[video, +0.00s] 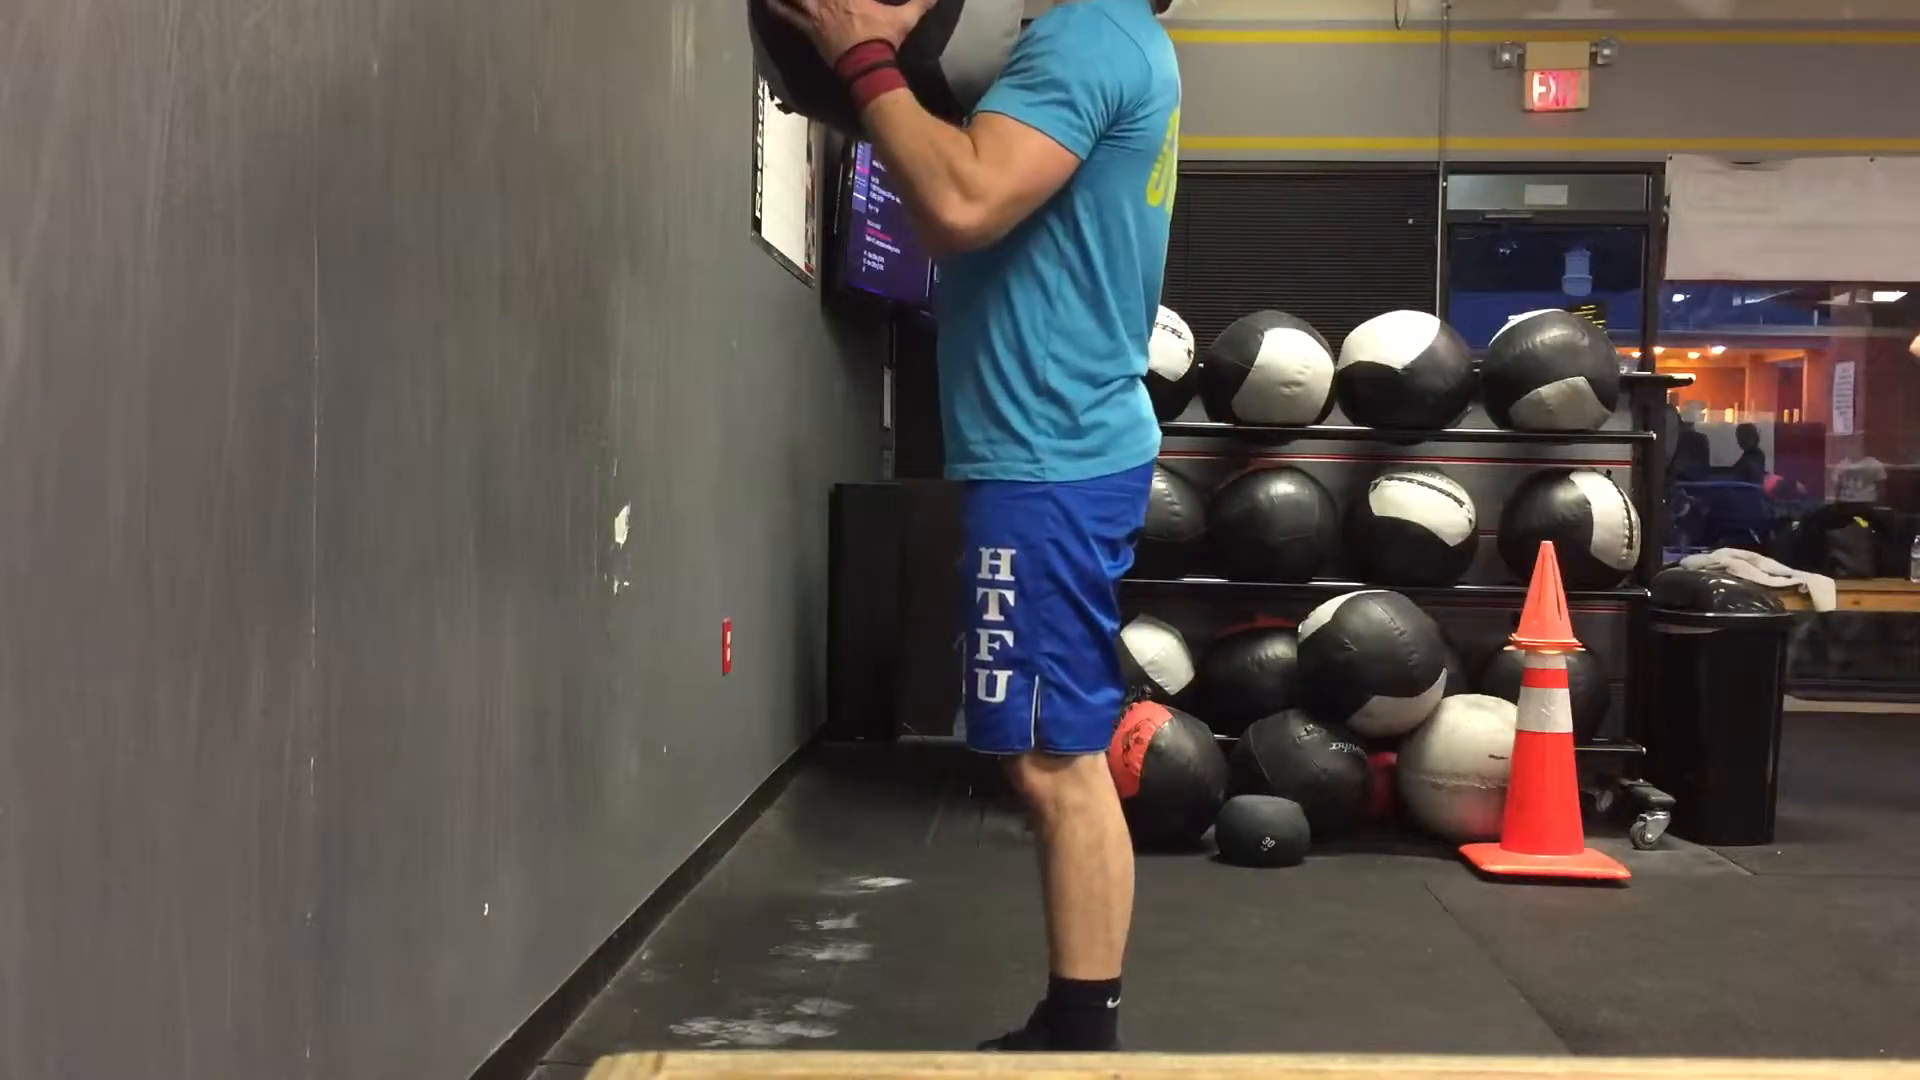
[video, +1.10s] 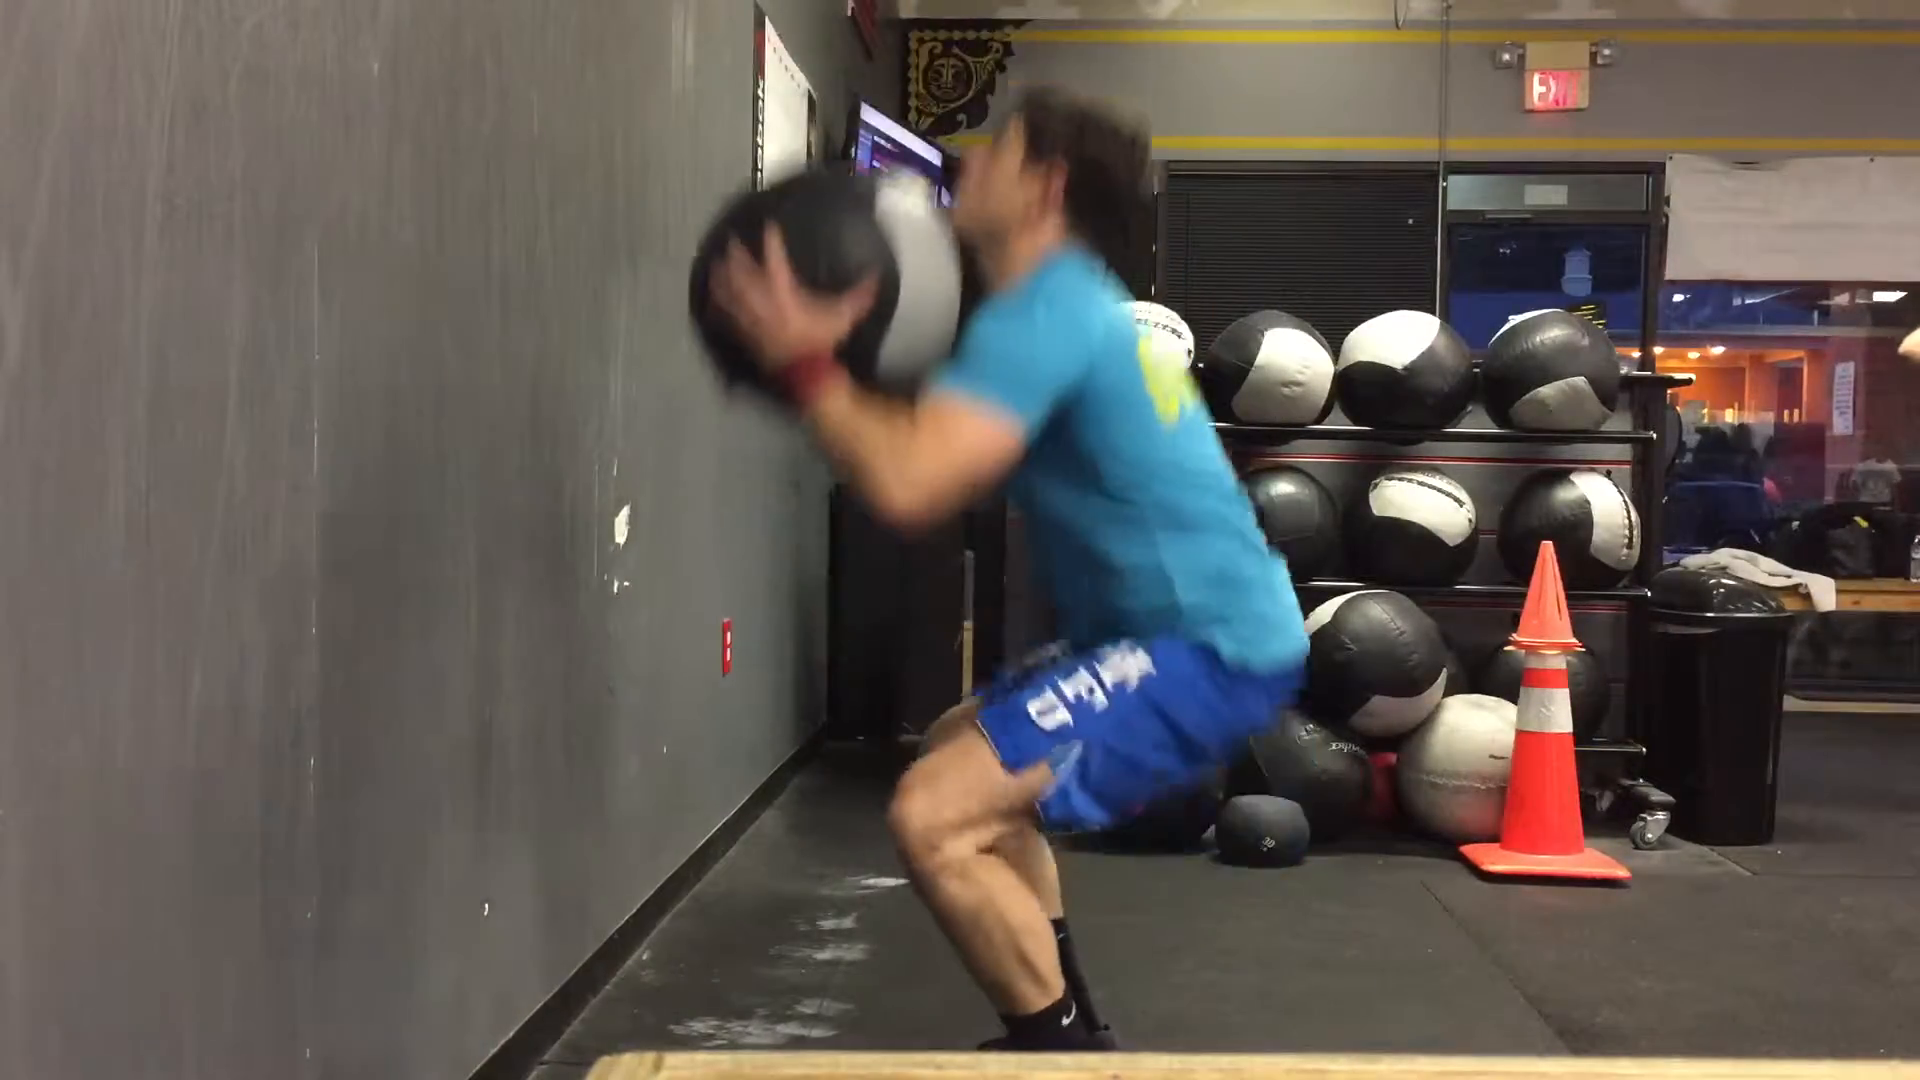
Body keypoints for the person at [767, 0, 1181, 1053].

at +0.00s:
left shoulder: (1095, 37)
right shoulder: (1090, 34)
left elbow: (961, 203)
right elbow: (961, 180)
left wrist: (870, 60)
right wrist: (874, 58)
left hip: (1055, 464)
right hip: (1040, 459)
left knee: (1059, 763)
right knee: (1049, 761)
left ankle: (1082, 1032)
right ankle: (1079, 1022)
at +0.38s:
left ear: (1058, 2)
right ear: (1069, 13)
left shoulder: (1048, 104)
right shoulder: (1063, 108)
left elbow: (889, 257)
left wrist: (788, 136)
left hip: (1157, 511)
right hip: (1147, 506)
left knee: (971, 782)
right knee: (1018, 784)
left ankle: (1067, 1038)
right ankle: (1066, 1028)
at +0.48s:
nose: (961, 87)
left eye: (986, 73)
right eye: (976, 68)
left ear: (1036, 117)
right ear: (1036, 122)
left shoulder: (1036, 240)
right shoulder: (1040, 231)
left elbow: (872, 397)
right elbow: (896, 383)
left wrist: (773, 267)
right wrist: (788, 277)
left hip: (1192, 613)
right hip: (1173, 600)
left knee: (933, 806)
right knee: (983, 795)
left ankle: (1054, 1039)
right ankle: (1065, 1023)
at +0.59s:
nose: (940, 225)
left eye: (965, 214)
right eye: (956, 208)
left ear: (1013, 263)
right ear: (1015, 269)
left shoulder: (1018, 390)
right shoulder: (1028, 371)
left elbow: (869, 567)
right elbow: (891, 538)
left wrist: (766, 428)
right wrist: (781, 427)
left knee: (900, 841)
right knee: (924, 764)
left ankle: (1046, 1046)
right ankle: (1063, 1016)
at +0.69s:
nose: (929, 336)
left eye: (952, 323)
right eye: (943, 319)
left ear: (1004, 369)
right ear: (1004, 373)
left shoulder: (1010, 505)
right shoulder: (1026, 483)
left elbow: (867, 700)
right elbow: (889, 661)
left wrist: (762, 559)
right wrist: (782, 555)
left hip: (1190, 830)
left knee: (888, 853)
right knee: (911, 775)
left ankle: (1042, 1050)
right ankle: (1066, 1028)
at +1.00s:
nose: (939, 275)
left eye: (963, 261)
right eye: (953, 257)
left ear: (1019, 305)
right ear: (1018, 310)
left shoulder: (1029, 435)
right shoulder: (1048, 412)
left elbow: (900, 623)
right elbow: (911, 586)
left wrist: (783, 503)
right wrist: (789, 492)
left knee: (920, 826)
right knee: (947, 754)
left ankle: (1052, 1051)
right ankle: (1064, 1016)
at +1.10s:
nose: (966, 160)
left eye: (993, 148)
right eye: (982, 144)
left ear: (1044, 186)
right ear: (1045, 191)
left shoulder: (1052, 310)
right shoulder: (1069, 298)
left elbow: (909, 483)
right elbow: (926, 452)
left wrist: (806, 362)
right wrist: (825, 363)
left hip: (1207, 647)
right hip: (1167, 631)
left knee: (932, 816)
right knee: (961, 770)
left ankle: (1055, 1042)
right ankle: (1062, 1016)